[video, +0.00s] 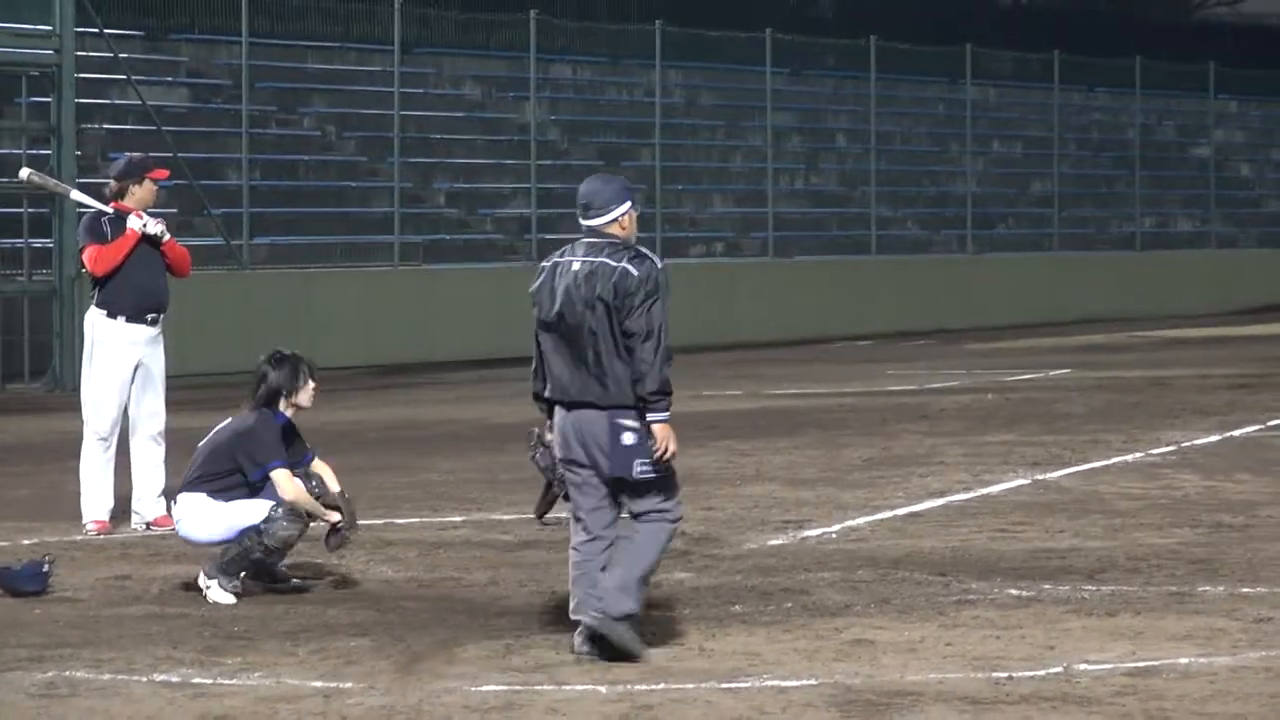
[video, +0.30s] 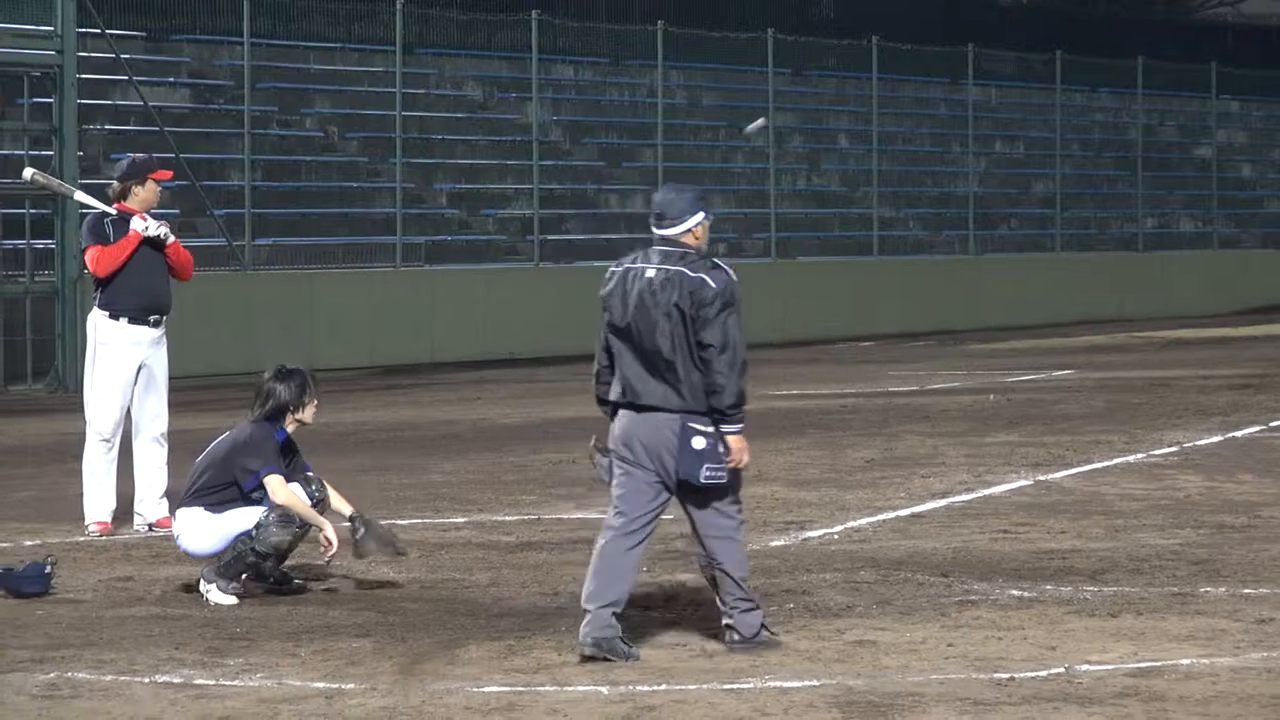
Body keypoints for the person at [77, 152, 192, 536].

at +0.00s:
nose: (156, 189)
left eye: (156, 184)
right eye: (152, 183)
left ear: (134, 187)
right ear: (131, 186)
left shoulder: (152, 226)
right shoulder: (98, 221)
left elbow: (183, 267)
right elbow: (97, 265)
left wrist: (164, 238)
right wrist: (133, 232)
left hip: (151, 333)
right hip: (111, 332)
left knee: (150, 426)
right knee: (102, 427)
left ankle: (150, 510)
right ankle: (96, 516)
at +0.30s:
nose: (160, 190)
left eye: (160, 184)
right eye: (155, 184)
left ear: (139, 187)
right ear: (135, 186)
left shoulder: (156, 227)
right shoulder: (101, 221)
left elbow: (186, 270)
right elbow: (99, 265)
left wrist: (167, 240)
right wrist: (136, 235)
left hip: (155, 334)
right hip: (114, 333)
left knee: (153, 427)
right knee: (105, 428)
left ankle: (152, 512)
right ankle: (99, 516)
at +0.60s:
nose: (159, 191)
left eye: (159, 185)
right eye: (154, 184)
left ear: (138, 188)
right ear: (133, 187)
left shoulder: (156, 227)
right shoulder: (100, 221)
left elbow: (185, 272)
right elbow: (100, 266)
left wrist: (167, 241)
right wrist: (137, 235)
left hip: (154, 334)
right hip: (113, 333)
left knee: (152, 427)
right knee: (103, 429)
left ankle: (151, 512)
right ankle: (98, 517)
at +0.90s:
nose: (158, 190)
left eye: (157, 184)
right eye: (152, 184)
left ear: (137, 188)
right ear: (131, 187)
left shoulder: (154, 228)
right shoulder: (98, 221)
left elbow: (183, 272)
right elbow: (98, 266)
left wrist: (165, 242)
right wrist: (135, 235)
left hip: (153, 334)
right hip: (112, 333)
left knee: (152, 427)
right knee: (103, 428)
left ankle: (150, 512)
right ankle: (97, 516)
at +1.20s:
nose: (158, 191)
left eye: (157, 185)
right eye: (152, 185)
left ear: (137, 189)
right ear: (130, 187)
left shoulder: (154, 228)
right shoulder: (98, 222)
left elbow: (185, 272)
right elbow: (98, 267)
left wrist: (166, 241)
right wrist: (136, 236)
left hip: (154, 335)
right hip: (113, 333)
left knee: (152, 427)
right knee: (103, 429)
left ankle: (151, 512)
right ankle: (98, 517)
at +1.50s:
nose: (156, 192)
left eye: (157, 187)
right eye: (149, 186)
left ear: (148, 190)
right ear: (125, 187)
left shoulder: (156, 228)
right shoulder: (100, 222)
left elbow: (187, 271)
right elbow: (99, 267)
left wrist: (167, 242)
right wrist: (137, 236)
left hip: (155, 335)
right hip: (114, 333)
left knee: (153, 427)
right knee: (104, 428)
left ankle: (151, 513)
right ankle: (98, 517)